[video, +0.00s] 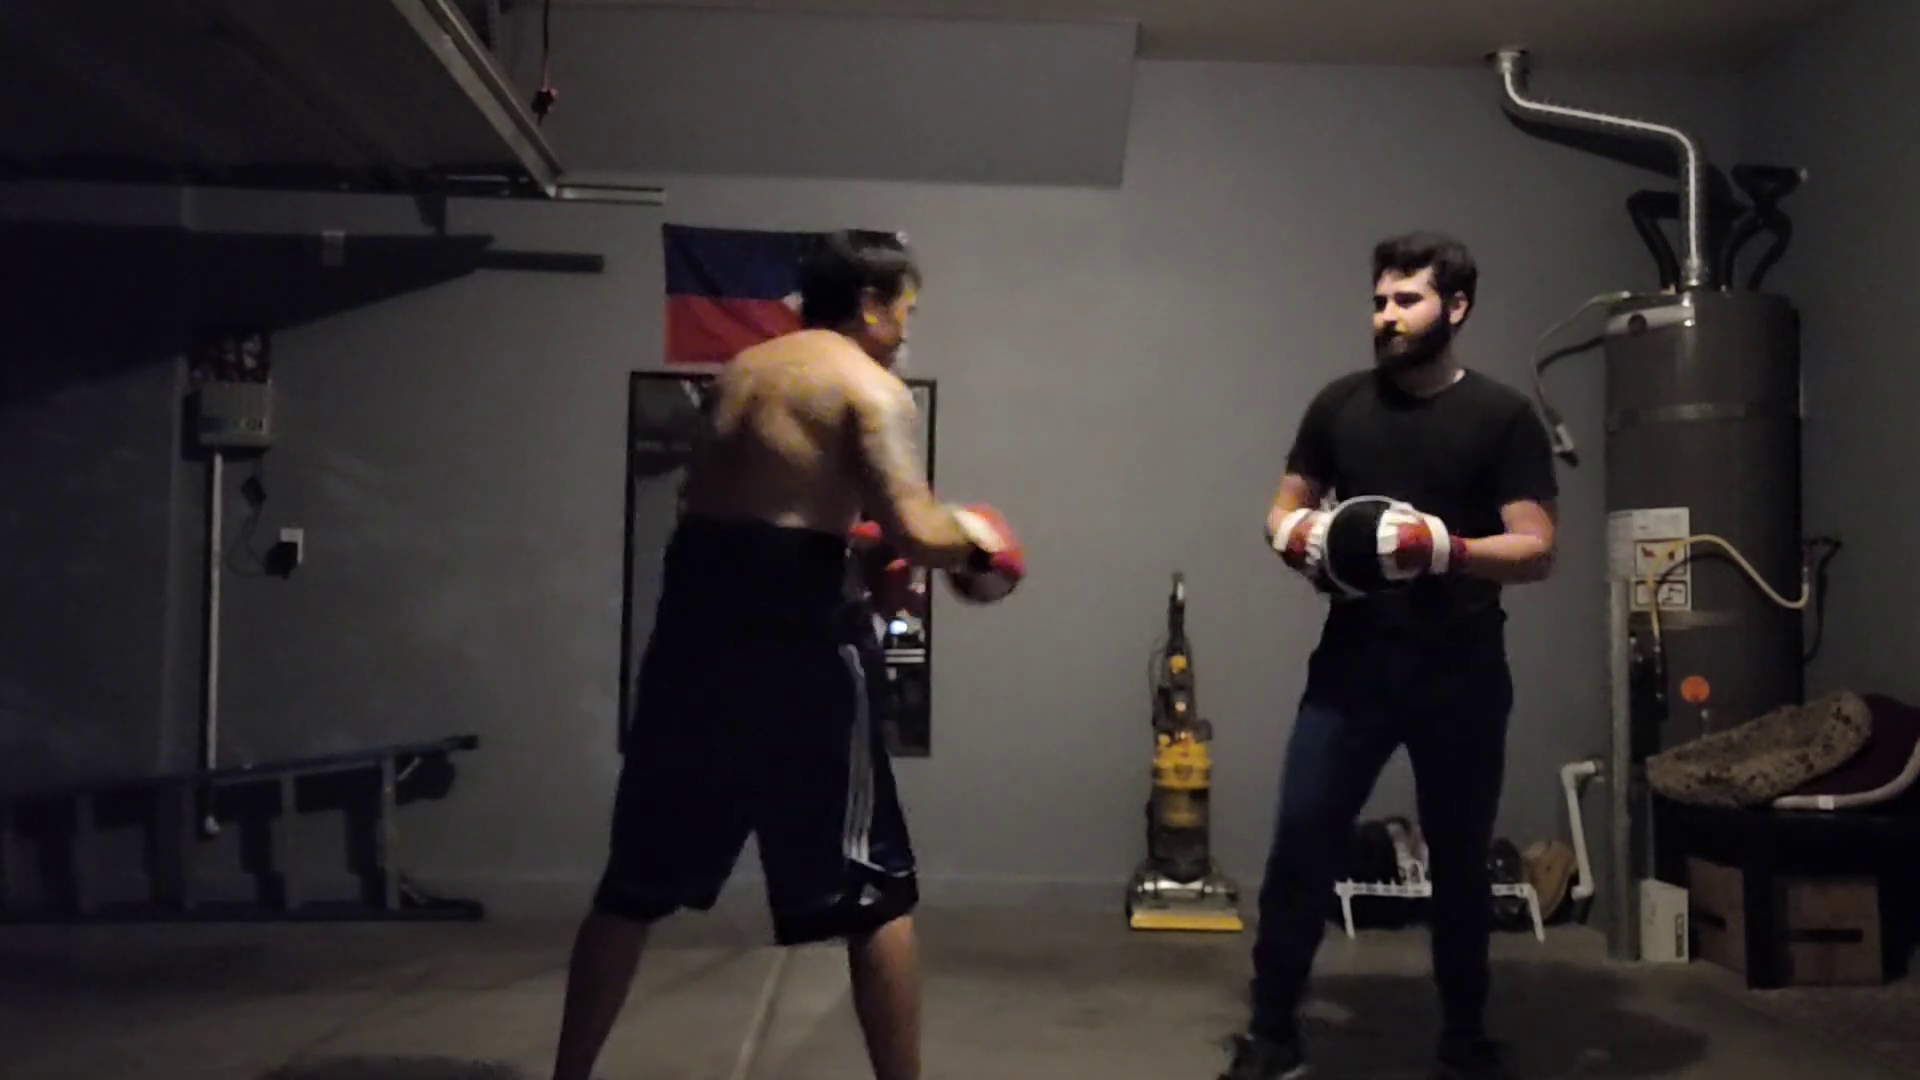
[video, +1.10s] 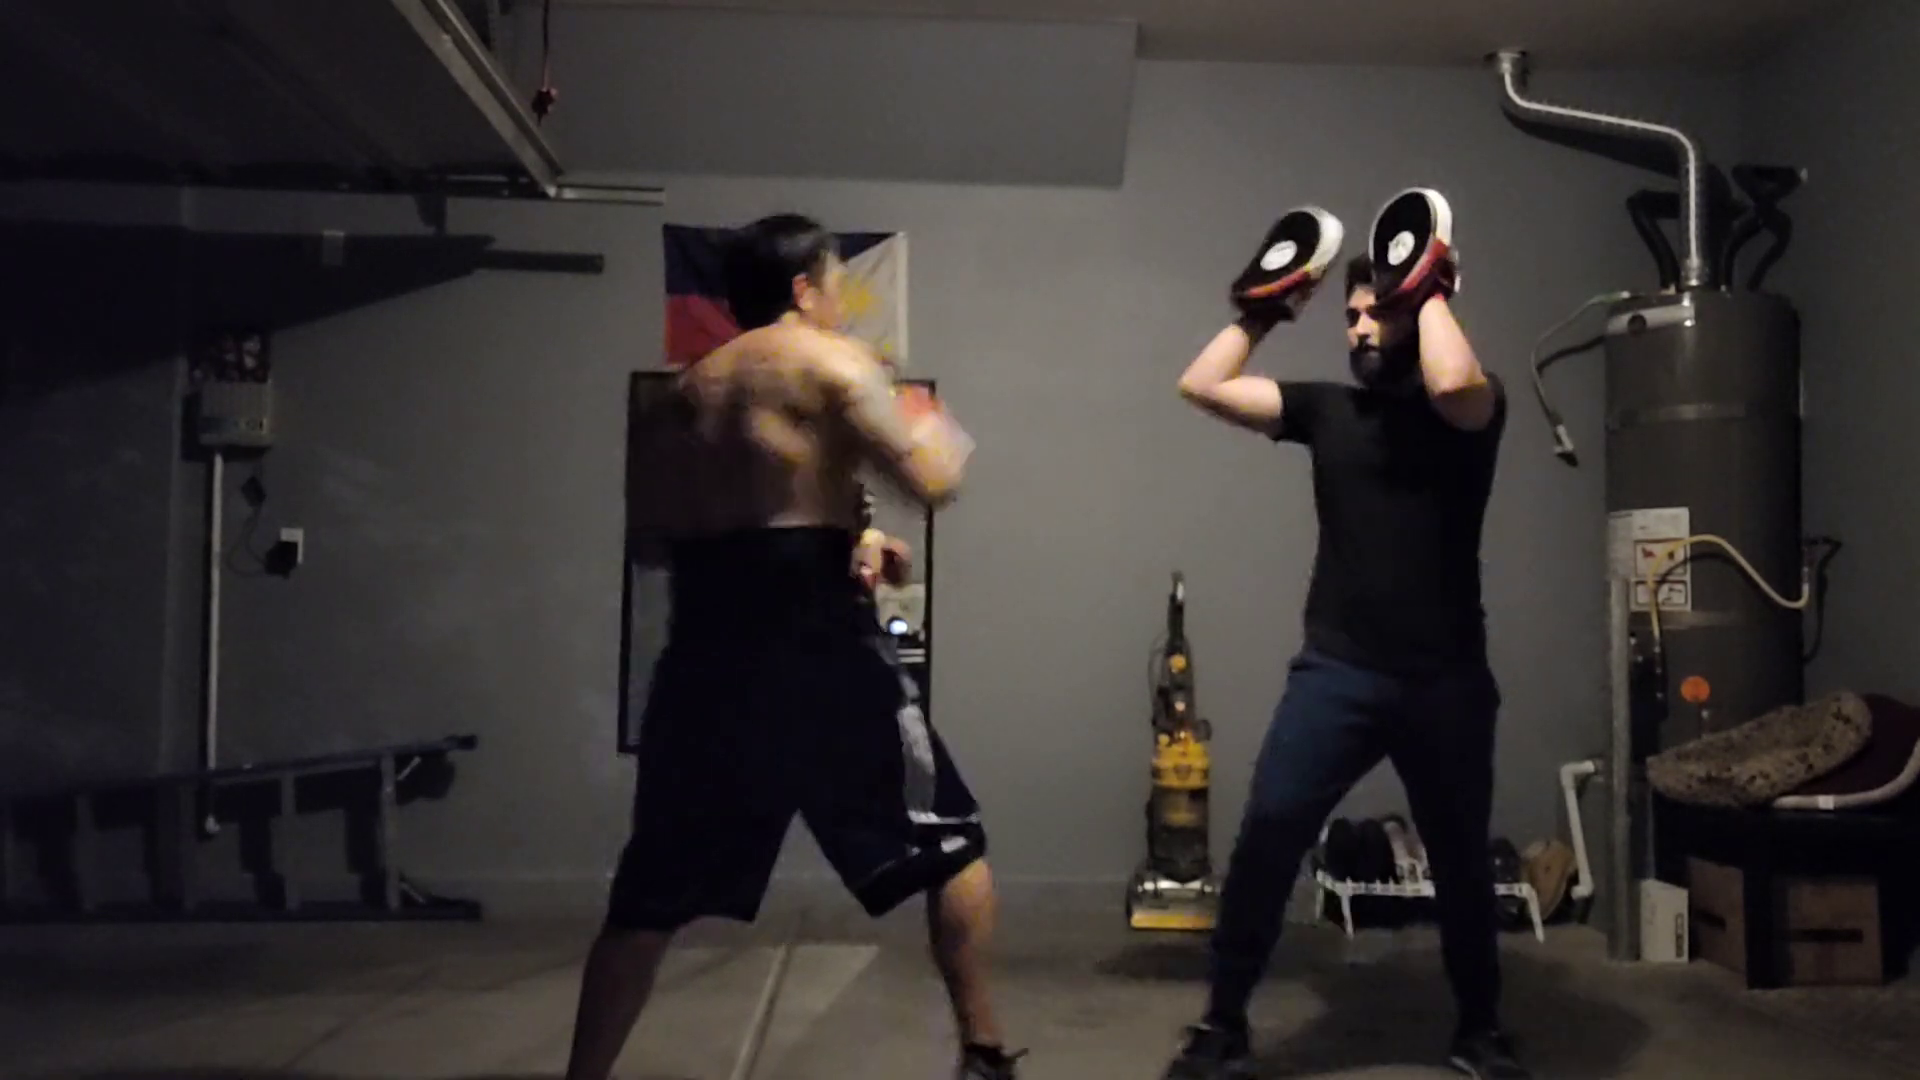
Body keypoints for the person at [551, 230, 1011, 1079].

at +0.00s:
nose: (908, 328)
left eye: (910, 311)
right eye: (904, 310)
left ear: (816, 299)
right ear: (869, 307)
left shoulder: (742, 369)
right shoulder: (871, 388)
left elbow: (730, 521)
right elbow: (917, 529)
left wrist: (857, 563)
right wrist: (976, 535)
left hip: (694, 650)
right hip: (803, 657)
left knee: (632, 883)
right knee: (877, 892)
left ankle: (569, 1070)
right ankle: (901, 1073)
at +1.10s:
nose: (840, 299)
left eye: (833, 283)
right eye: (833, 284)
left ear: (748, 291)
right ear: (804, 288)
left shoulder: (694, 383)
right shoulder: (828, 361)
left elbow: (708, 526)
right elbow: (933, 477)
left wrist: (843, 544)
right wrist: (940, 426)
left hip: (709, 661)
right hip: (823, 658)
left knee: (649, 892)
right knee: (951, 848)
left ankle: (583, 1071)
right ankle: (984, 1049)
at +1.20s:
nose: (889, 282)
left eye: (884, 267)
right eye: (882, 269)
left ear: (790, 280)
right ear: (851, 278)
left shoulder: (723, 375)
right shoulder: (897, 346)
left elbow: (674, 521)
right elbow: (1044, 396)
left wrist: (760, 498)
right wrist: (1029, 337)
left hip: (752, 650)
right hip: (869, 646)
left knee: (673, 878)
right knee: (966, 871)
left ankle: (596, 1067)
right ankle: (1009, 1068)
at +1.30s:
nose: (943, 277)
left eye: (938, 264)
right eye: (936, 265)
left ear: (845, 281)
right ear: (910, 274)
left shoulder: (779, 364)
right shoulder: (957, 343)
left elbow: (735, 513)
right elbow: (1094, 372)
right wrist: (1090, 322)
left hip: (794, 642)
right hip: (905, 643)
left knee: (730, 861)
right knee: (991, 880)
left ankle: (625, 1050)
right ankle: (1021, 1072)